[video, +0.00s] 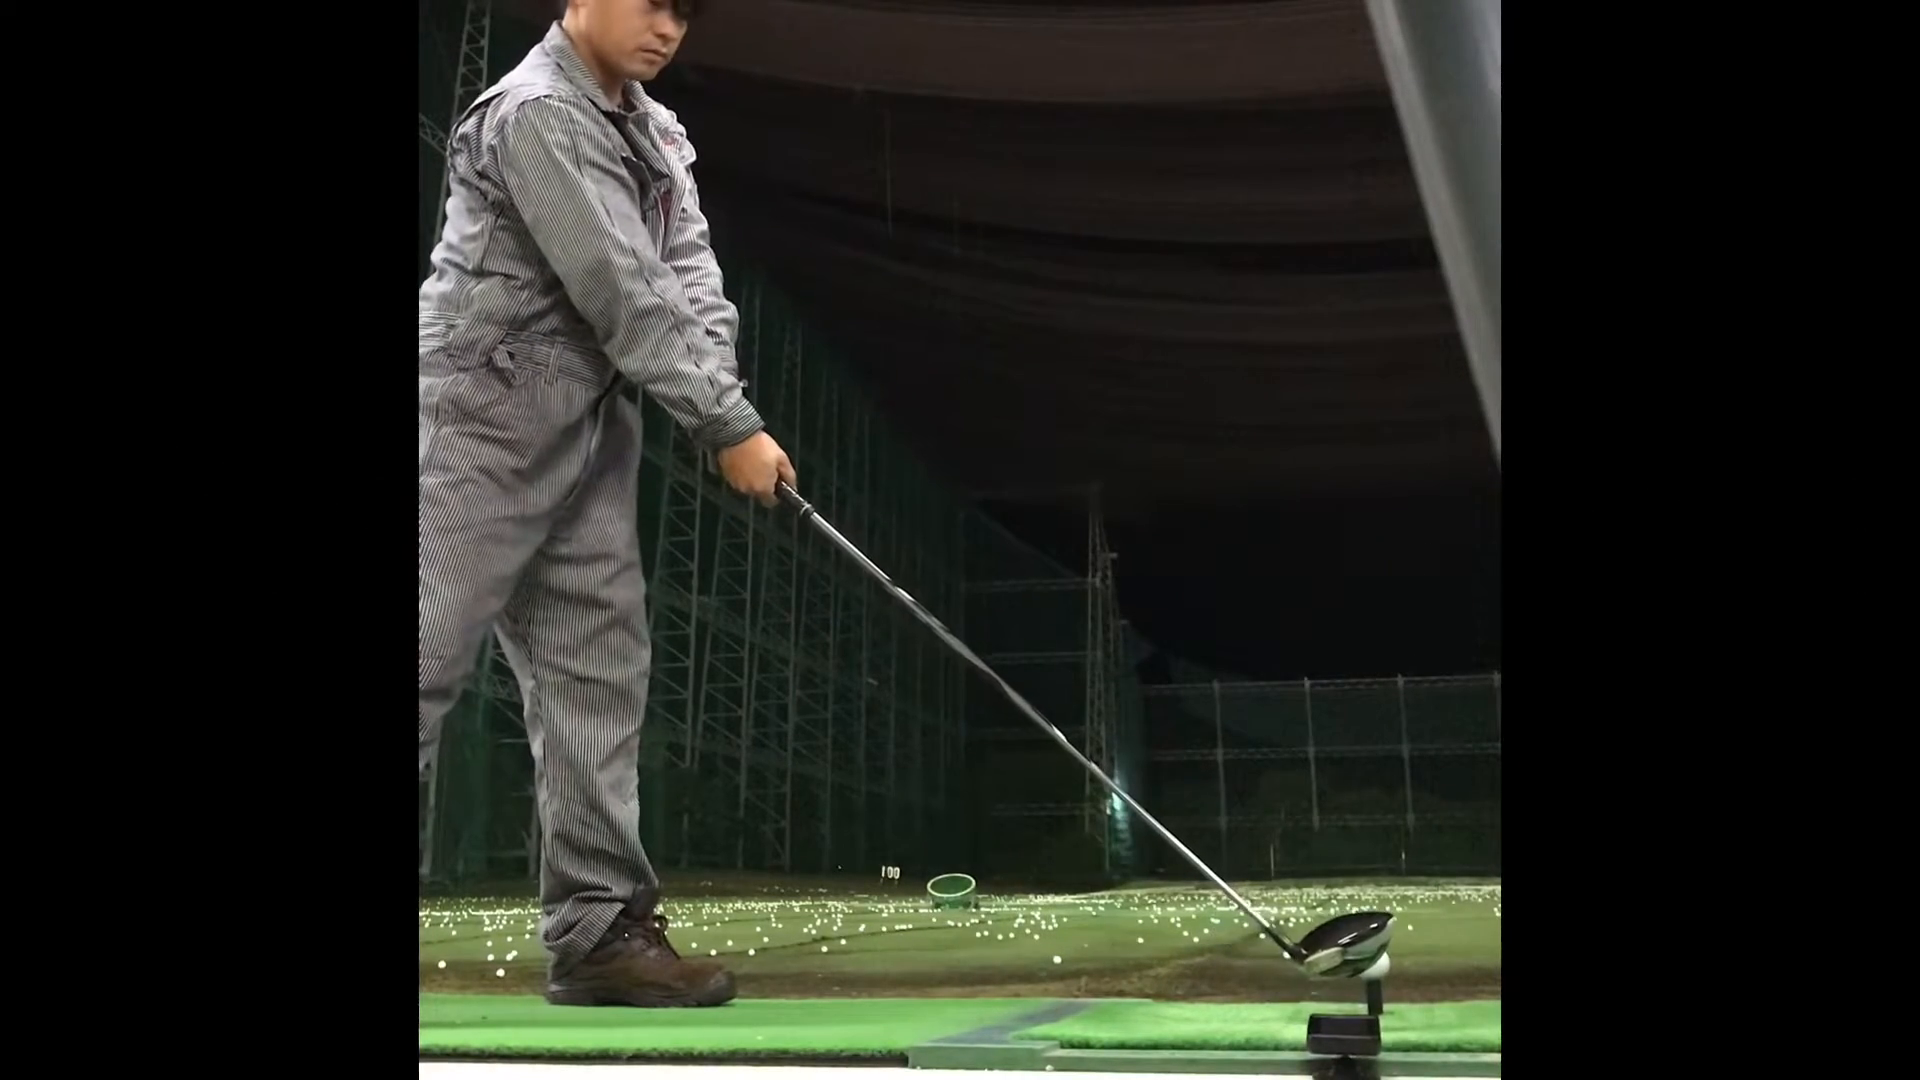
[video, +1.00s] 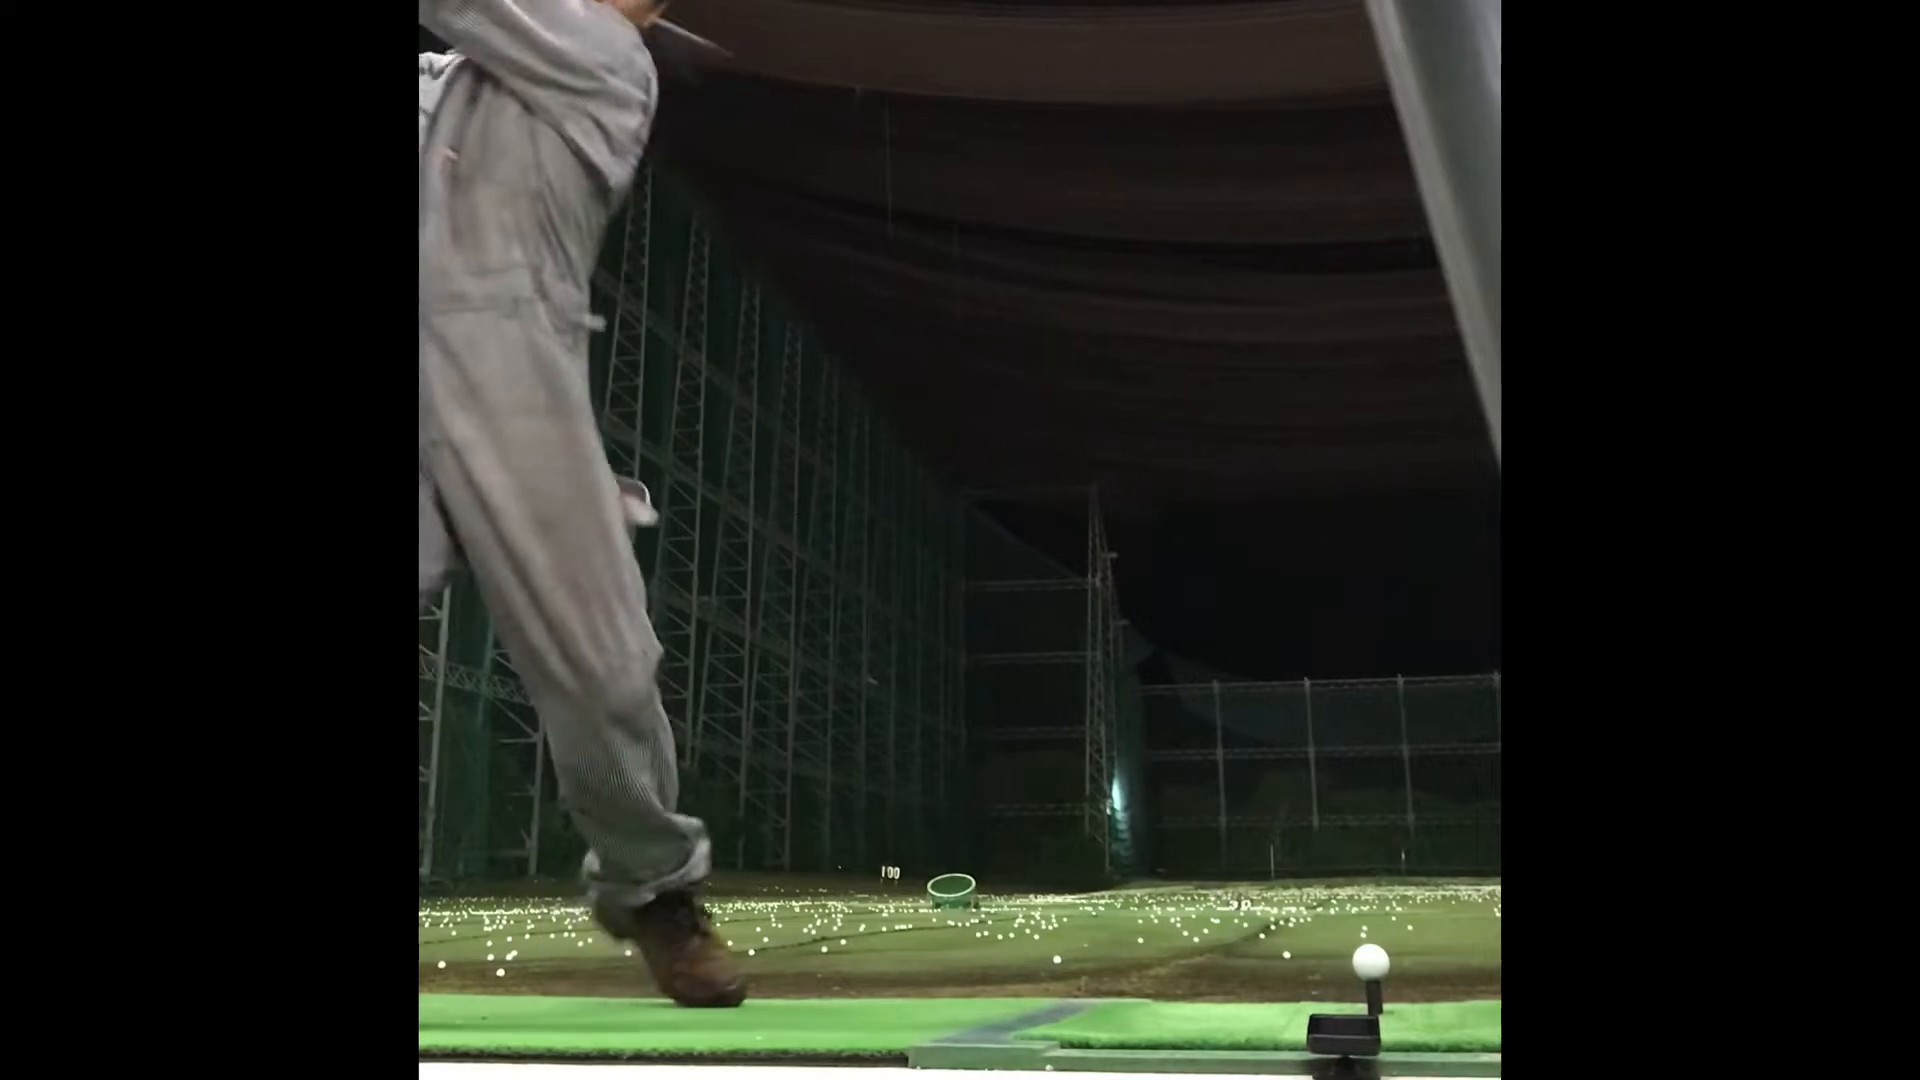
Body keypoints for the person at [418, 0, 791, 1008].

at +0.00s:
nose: (669, 26)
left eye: (679, 11)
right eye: (650, 4)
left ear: (681, 25)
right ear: (581, 4)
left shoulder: (657, 130)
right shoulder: (539, 110)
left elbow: (690, 270)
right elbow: (620, 286)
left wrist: (720, 407)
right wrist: (726, 426)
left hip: (585, 438)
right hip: (474, 426)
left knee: (595, 671)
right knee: (428, 670)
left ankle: (597, 935)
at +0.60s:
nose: (653, 30)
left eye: (670, 20)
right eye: (638, 5)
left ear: (673, 42)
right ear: (574, 2)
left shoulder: (682, 132)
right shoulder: (469, 105)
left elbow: (680, 240)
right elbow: (512, 236)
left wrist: (645, 335)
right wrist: (590, 342)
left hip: (604, 428)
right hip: (460, 421)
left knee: (629, 677)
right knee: (420, 656)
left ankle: (600, 935)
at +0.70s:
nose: (653, 33)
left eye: (672, 26)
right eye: (639, 7)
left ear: (676, 48)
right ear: (577, 2)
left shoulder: (685, 130)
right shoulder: (454, 95)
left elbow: (620, 194)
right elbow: (440, 178)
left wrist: (492, 228)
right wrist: (446, 225)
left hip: (591, 430)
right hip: (441, 413)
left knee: (634, 683)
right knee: (416, 640)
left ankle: (601, 936)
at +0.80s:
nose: (651, 30)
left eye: (672, 24)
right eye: (636, 5)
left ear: (678, 47)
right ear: (578, 4)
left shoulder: (677, 120)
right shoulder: (472, 84)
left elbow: (556, 108)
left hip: (572, 405)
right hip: (435, 386)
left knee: (624, 673)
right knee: (420, 620)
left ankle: (607, 930)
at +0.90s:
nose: (634, 24)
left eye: (647, 21)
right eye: (628, 7)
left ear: (656, 33)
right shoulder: (448, 77)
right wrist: (533, 31)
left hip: (533, 377)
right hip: (427, 378)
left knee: (610, 658)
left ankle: (622, 913)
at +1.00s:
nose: (621, 4)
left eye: (621, 2)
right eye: (626, 4)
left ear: (632, 13)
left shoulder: (606, 64)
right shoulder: (442, 72)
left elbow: (457, 3)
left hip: (506, 374)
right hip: (438, 382)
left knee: (603, 673)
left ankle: (652, 889)